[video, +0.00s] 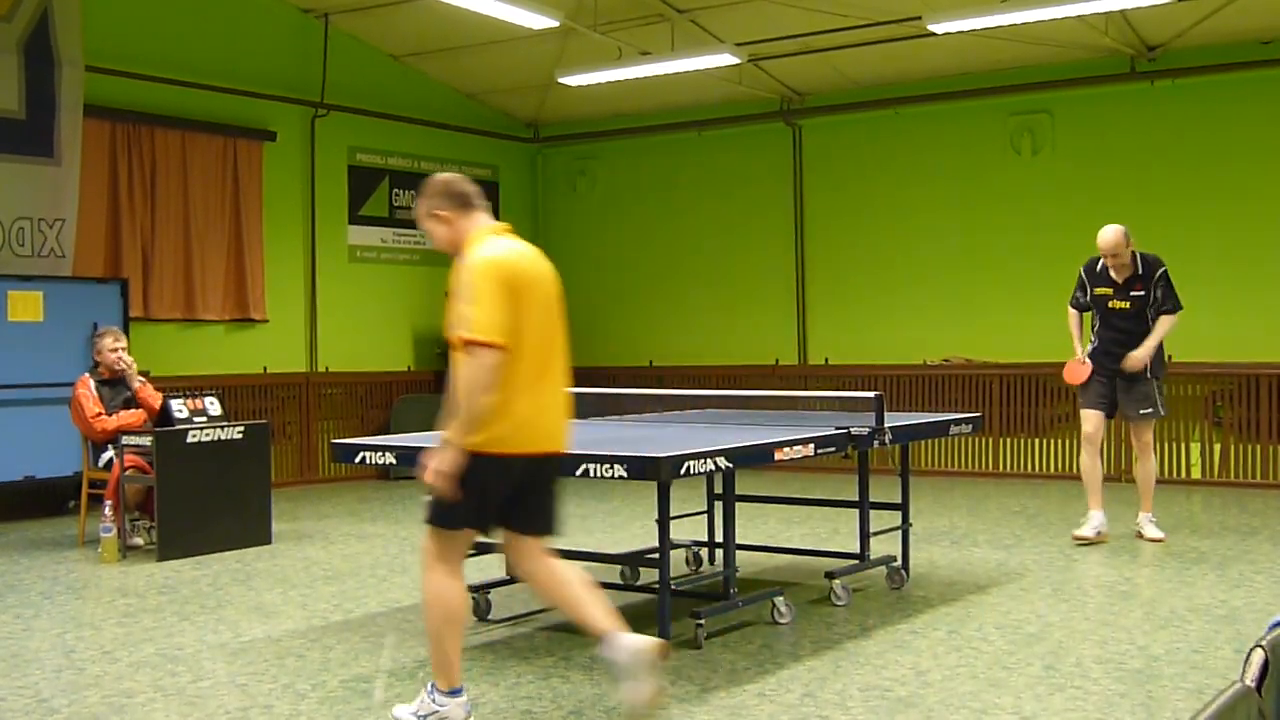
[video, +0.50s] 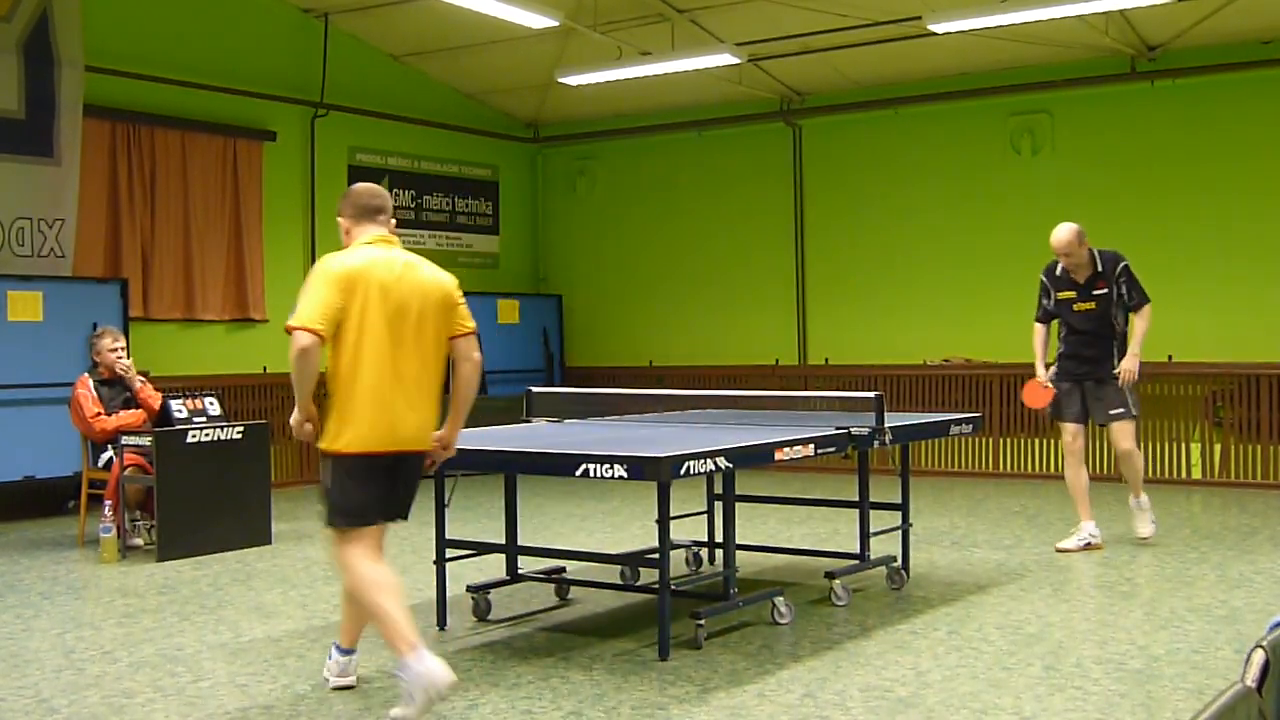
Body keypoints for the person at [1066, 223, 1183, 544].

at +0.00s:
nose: (1109, 262)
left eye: (1115, 257)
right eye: (1104, 257)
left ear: (1130, 248)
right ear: (1099, 252)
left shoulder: (1153, 268)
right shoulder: (1091, 270)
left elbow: (1170, 312)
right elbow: (1075, 307)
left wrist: (1144, 351)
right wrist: (1078, 348)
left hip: (1139, 364)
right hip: (1099, 363)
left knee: (1143, 442)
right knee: (1089, 435)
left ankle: (1146, 517)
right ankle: (1095, 516)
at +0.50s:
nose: (1063, 264)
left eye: (1068, 257)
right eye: (1058, 258)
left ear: (1084, 247)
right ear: (1054, 252)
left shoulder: (1113, 264)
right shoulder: (1051, 275)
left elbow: (1142, 308)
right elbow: (1042, 322)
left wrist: (1133, 353)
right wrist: (1040, 366)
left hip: (1111, 369)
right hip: (1068, 371)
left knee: (1126, 448)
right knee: (1072, 445)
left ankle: (1139, 501)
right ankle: (1087, 526)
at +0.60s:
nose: (1050, 253)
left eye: (1055, 247)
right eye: (1045, 247)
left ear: (1074, 242)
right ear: (1043, 245)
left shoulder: (1103, 263)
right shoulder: (1041, 274)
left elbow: (1135, 306)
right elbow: (1032, 320)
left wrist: (1123, 354)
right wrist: (1032, 360)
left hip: (1101, 368)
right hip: (1060, 370)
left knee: (1106, 443)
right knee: (1070, 447)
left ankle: (1121, 517)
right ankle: (1087, 527)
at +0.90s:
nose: (1028, 249)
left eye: (1034, 243)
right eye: (1024, 243)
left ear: (1054, 244)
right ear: (1023, 245)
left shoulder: (1080, 269)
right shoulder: (1022, 277)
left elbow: (1111, 313)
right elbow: (1016, 319)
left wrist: (1096, 363)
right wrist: (1016, 350)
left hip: (1077, 369)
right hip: (1041, 369)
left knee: (1071, 448)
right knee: (1057, 452)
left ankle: (1058, 532)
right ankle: (1087, 526)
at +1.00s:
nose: (1020, 248)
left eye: (1027, 242)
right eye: (1017, 242)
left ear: (1047, 245)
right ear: (1016, 245)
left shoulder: (1070, 272)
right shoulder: (1016, 276)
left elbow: (1099, 319)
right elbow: (1012, 318)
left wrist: (1082, 370)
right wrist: (1010, 351)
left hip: (1063, 372)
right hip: (1031, 372)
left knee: (1057, 455)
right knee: (1038, 456)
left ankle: (1050, 540)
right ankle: (1082, 521)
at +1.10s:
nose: (1014, 246)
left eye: (1022, 240)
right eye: (1012, 240)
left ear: (1042, 244)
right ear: (1011, 243)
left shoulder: (1064, 271)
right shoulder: (1012, 274)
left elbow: (1090, 319)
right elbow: (1010, 315)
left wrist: (1073, 372)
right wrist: (1005, 347)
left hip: (1056, 373)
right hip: (1025, 371)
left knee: (1049, 454)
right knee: (1017, 451)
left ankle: (1049, 541)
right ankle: (1067, 513)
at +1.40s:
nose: (989, 251)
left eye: (996, 244)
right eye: (984, 245)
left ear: (1012, 248)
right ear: (979, 250)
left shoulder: (1032, 274)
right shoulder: (982, 278)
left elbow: (1062, 324)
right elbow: (986, 310)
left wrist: (1050, 374)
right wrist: (973, 329)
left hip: (1040, 370)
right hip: (1008, 369)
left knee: (1039, 451)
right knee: (988, 443)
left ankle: (1048, 541)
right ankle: (970, 523)